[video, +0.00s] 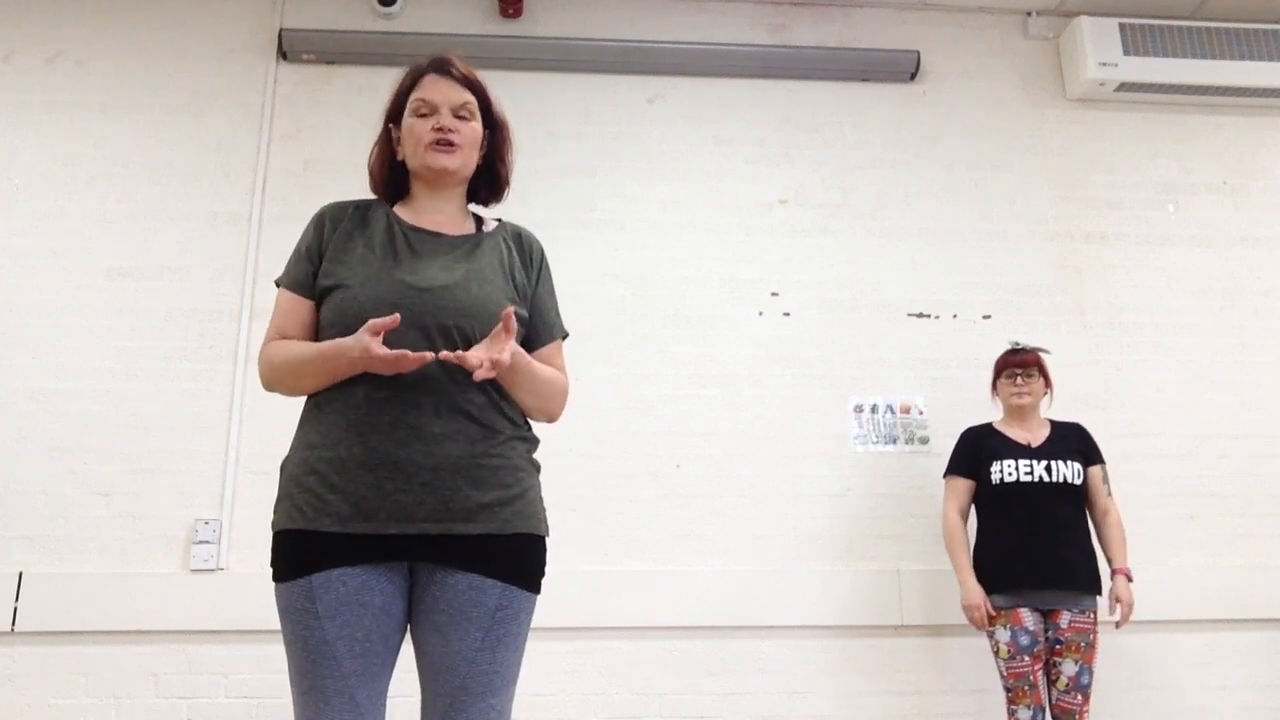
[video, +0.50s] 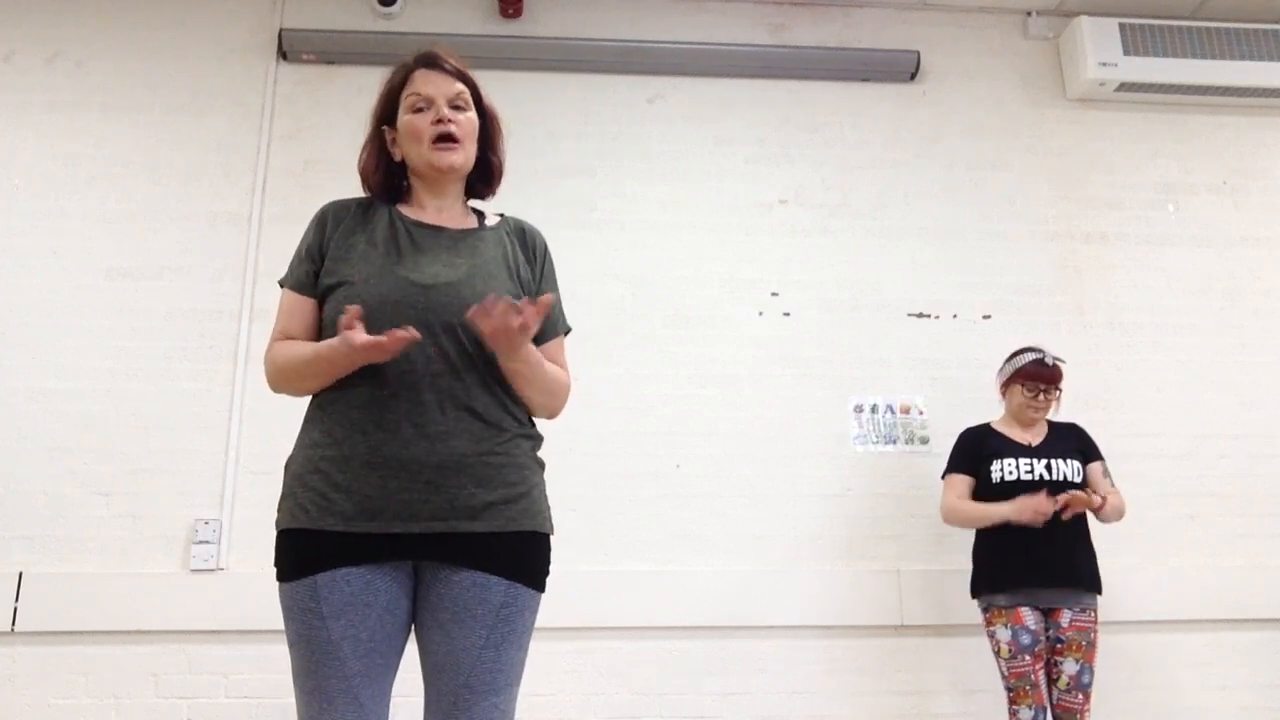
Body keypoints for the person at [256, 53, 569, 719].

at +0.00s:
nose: (445, 123)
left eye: (463, 113)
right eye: (425, 111)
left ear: (486, 142)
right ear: (397, 137)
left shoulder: (519, 250)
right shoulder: (336, 227)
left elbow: (552, 401)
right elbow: (274, 366)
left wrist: (509, 365)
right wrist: (353, 354)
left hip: (487, 525)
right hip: (335, 518)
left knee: (472, 713)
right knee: (336, 712)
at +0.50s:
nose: (444, 116)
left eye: (459, 106)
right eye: (422, 107)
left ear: (482, 135)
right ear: (392, 139)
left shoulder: (522, 245)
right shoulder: (338, 226)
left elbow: (552, 400)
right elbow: (280, 367)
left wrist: (514, 354)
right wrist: (343, 352)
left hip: (491, 520)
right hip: (339, 515)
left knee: (476, 714)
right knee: (339, 713)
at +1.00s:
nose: (446, 113)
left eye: (461, 103)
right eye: (424, 103)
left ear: (483, 132)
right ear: (393, 136)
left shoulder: (523, 244)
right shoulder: (340, 223)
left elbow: (550, 403)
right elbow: (279, 366)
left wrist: (546, 322)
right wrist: (353, 321)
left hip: (492, 519)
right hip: (339, 515)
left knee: (475, 714)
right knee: (339, 713)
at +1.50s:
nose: (455, 118)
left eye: (476, 113)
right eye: (438, 103)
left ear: (493, 146)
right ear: (406, 125)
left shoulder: (516, 247)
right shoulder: (332, 224)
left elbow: (547, 404)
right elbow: (274, 370)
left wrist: (544, 351)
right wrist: (323, 353)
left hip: (492, 522)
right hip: (340, 518)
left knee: (478, 714)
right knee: (339, 714)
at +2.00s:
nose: (463, 124)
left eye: (485, 117)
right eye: (446, 108)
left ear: (503, 148)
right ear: (414, 126)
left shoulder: (522, 253)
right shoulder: (342, 219)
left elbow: (543, 412)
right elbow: (277, 359)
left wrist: (542, 359)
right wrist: (336, 348)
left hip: (491, 522)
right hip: (341, 516)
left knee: (477, 714)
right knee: (339, 713)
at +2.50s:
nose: (458, 129)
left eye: (478, 119)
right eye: (439, 113)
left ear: (495, 141)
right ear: (406, 128)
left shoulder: (521, 249)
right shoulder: (338, 224)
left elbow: (550, 402)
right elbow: (276, 362)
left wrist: (508, 365)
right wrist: (355, 359)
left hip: (489, 524)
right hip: (339, 517)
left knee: (474, 714)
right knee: (337, 713)